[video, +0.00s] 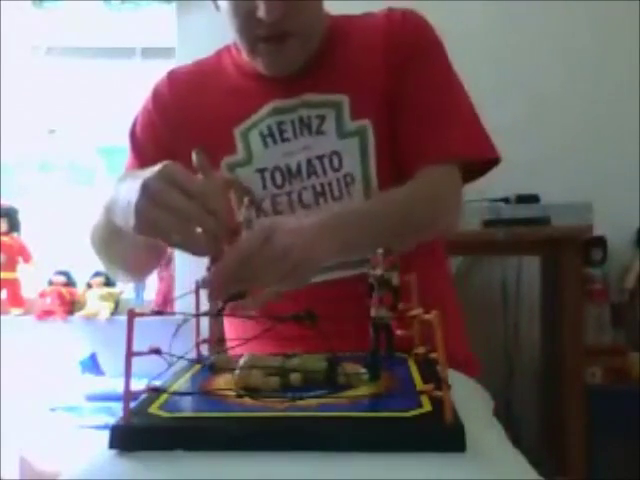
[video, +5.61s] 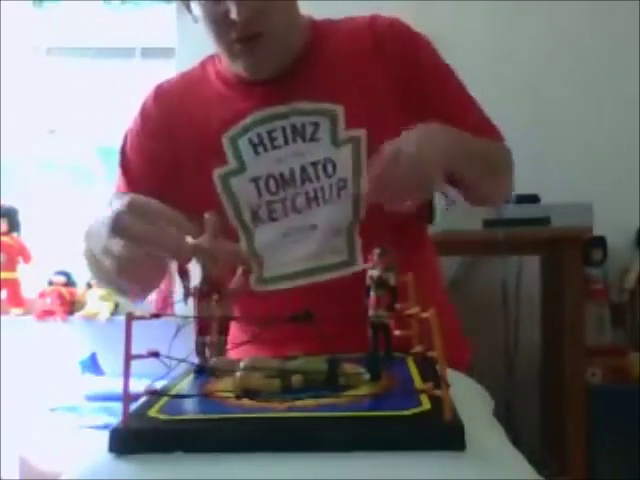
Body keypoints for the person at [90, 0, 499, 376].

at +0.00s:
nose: (267, 12)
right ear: (220, 1)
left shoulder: (396, 43)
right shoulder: (180, 97)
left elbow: (440, 202)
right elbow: (130, 264)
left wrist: (309, 240)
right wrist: (124, 204)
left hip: (414, 378)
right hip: (264, 393)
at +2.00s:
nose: (244, 12)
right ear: (203, 5)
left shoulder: (385, 47)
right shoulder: (172, 102)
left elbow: (438, 202)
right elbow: (117, 259)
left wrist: (318, 237)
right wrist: (128, 203)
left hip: (399, 366)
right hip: (248, 375)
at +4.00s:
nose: (239, 11)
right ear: (203, 7)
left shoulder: (381, 42)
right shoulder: (172, 106)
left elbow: (399, 182)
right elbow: (127, 269)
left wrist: (285, 265)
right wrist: (124, 214)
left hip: (399, 380)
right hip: (243, 398)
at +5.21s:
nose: (237, 17)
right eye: (217, 1)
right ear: (200, 7)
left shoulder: (382, 45)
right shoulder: (176, 106)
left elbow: (411, 193)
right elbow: (134, 261)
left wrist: (303, 206)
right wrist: (122, 217)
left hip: (403, 366)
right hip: (257, 377)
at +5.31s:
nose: (236, 17)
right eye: (215, 1)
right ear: (198, 8)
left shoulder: (382, 46)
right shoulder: (174, 107)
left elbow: (436, 197)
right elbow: (131, 263)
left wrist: (337, 177)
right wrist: (124, 221)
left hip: (403, 366)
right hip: (255, 379)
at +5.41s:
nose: (234, 16)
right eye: (213, 2)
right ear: (197, 8)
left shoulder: (381, 47)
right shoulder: (172, 109)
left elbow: (460, 201)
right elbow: (128, 268)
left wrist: (370, 152)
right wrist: (125, 225)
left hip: (403, 365)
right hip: (255, 378)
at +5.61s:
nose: (237, 14)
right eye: (214, 1)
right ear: (190, 9)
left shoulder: (383, 49)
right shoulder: (169, 110)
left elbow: (497, 184)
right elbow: (136, 282)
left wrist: (443, 145)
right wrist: (108, 243)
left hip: (410, 368)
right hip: (256, 384)